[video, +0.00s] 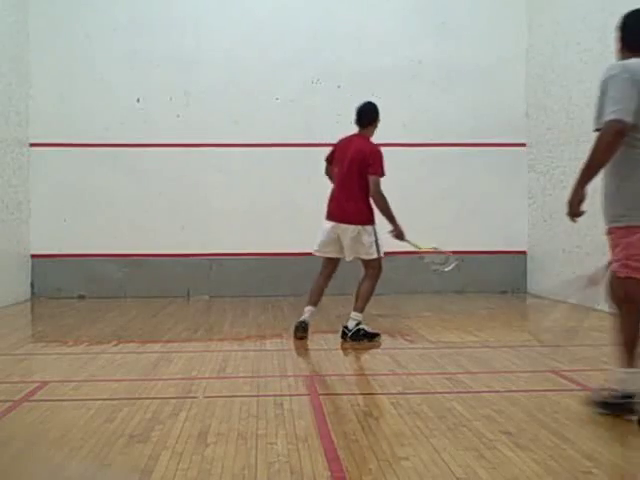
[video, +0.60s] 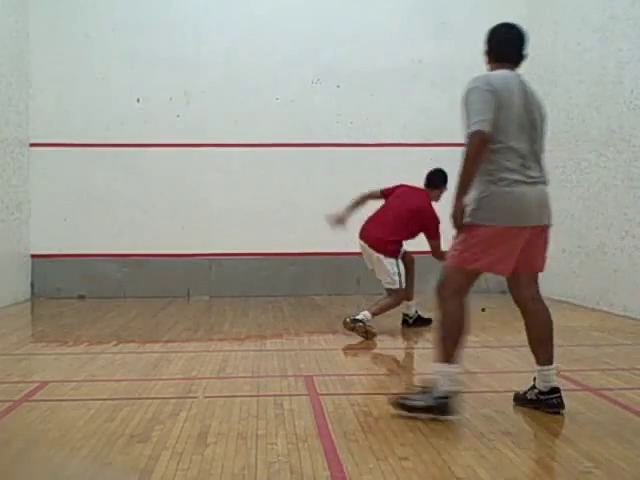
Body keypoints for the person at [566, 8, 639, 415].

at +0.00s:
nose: (616, 46)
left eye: (618, 40)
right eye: (620, 40)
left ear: (623, 41)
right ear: (636, 43)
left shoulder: (624, 73)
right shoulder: (625, 76)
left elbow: (617, 128)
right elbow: (617, 131)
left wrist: (581, 184)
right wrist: (584, 184)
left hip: (630, 215)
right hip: (627, 215)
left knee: (628, 291)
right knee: (625, 290)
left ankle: (629, 383)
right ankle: (627, 383)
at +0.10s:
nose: (589, 50)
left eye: (591, 44)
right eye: (593, 44)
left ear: (595, 46)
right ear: (627, 48)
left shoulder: (599, 80)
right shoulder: (630, 82)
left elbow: (592, 136)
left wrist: (561, 192)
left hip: (616, 221)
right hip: (624, 219)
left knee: (633, 311)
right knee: (590, 298)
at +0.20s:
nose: (565, 57)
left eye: (565, 51)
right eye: (572, 52)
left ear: (568, 53)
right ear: (603, 56)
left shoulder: (572, 86)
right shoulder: (610, 92)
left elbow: (567, 141)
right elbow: (634, 157)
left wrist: (538, 197)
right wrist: (636, 221)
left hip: (589, 215)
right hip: (610, 214)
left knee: (601, 304)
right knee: (557, 290)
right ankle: (550, 386)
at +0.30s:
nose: (544, 56)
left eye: (546, 50)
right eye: (549, 50)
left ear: (548, 53)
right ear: (582, 57)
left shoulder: (550, 84)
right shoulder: (588, 93)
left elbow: (544, 139)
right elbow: (609, 165)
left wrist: (519, 194)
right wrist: (605, 219)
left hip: (558, 208)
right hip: (587, 208)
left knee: (543, 297)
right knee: (546, 297)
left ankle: (626, 369)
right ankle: (548, 386)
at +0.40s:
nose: (525, 54)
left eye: (526, 48)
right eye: (531, 49)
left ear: (529, 50)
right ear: (563, 54)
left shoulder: (529, 81)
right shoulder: (569, 89)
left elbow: (525, 135)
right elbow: (579, 162)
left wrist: (498, 191)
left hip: (537, 204)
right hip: (567, 206)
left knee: (501, 291)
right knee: (536, 291)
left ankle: (573, 365)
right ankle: (549, 385)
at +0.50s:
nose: (506, 52)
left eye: (507, 46)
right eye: (512, 46)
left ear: (511, 48)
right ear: (542, 52)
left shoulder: (509, 80)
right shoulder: (551, 90)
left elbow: (505, 135)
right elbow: (551, 152)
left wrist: (477, 194)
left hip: (516, 201)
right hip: (553, 202)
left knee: (471, 285)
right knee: (531, 289)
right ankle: (548, 383)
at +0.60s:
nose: (486, 56)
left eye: (487, 50)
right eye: (492, 51)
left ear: (488, 53)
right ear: (522, 56)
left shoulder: (484, 85)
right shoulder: (532, 96)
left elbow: (479, 138)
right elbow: (533, 155)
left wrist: (459, 197)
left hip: (497, 204)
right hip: (537, 205)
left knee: (451, 288)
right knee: (527, 293)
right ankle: (546, 386)